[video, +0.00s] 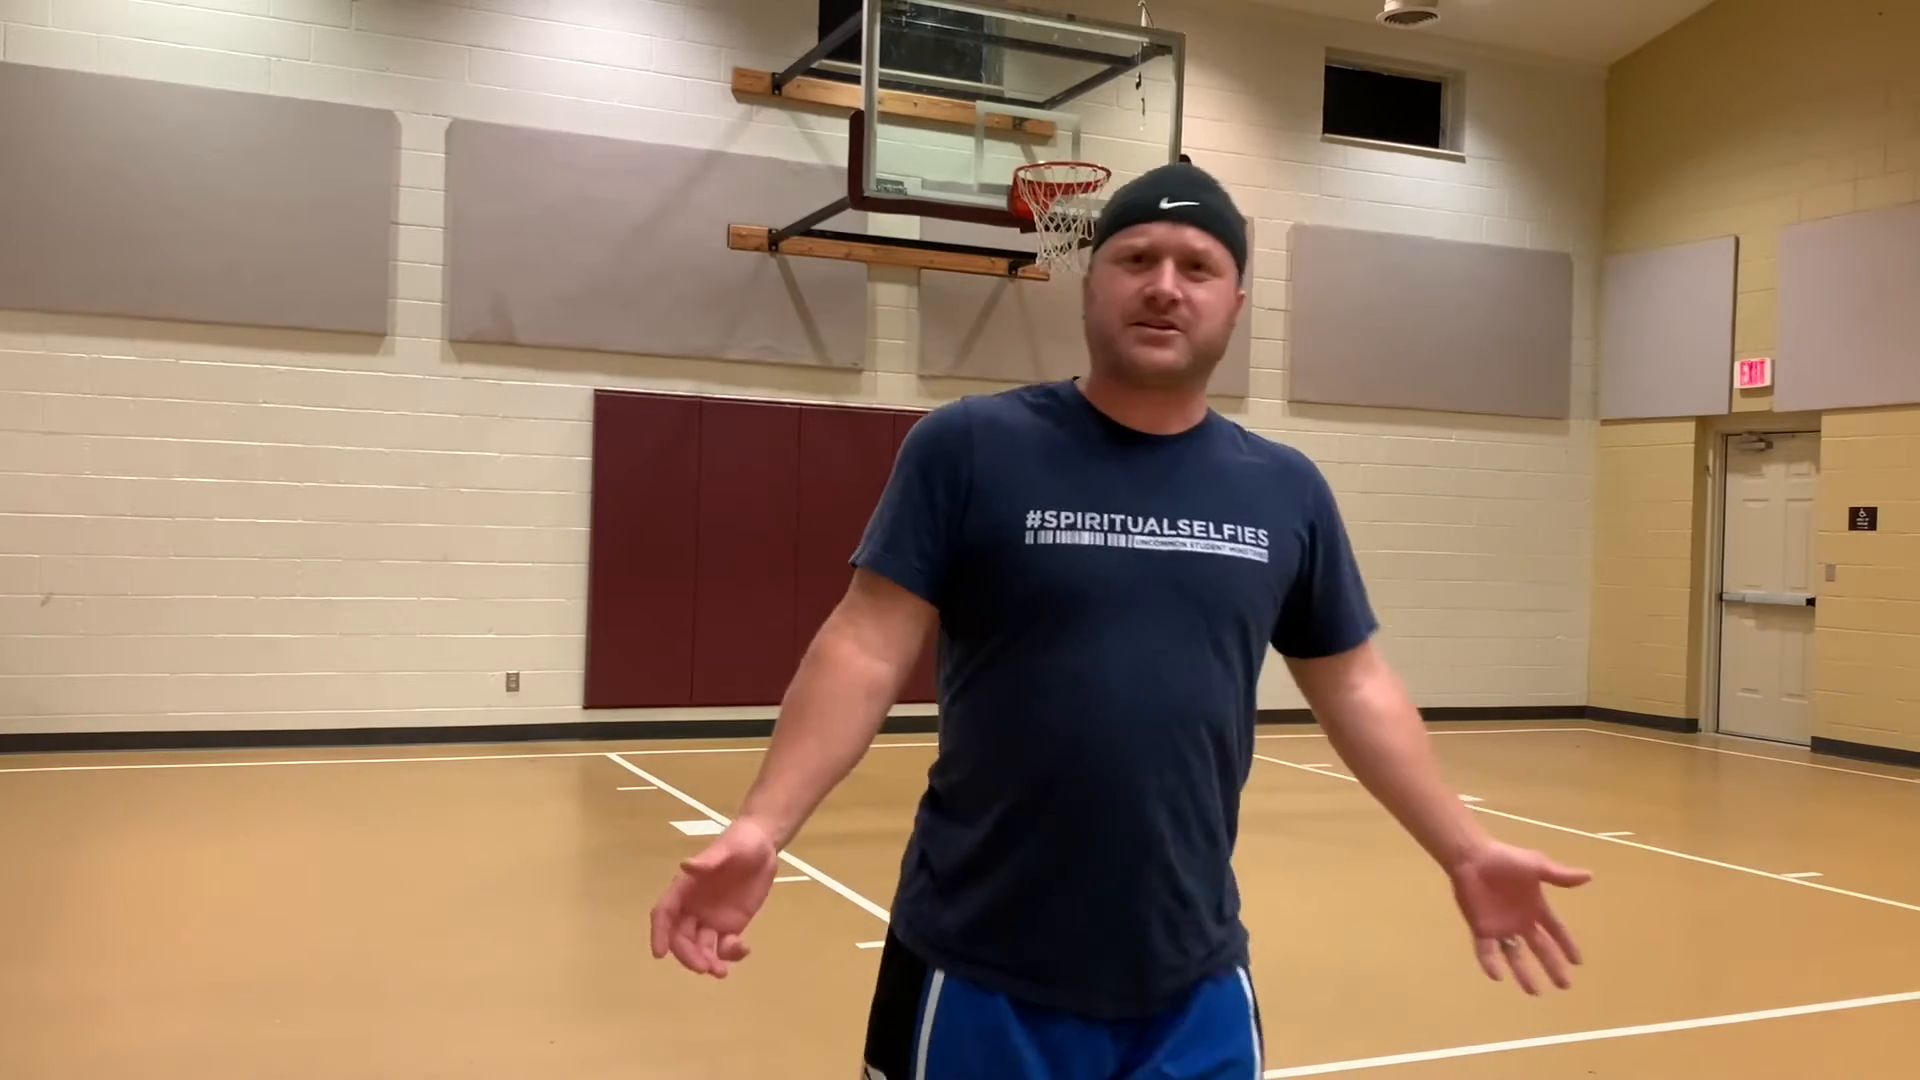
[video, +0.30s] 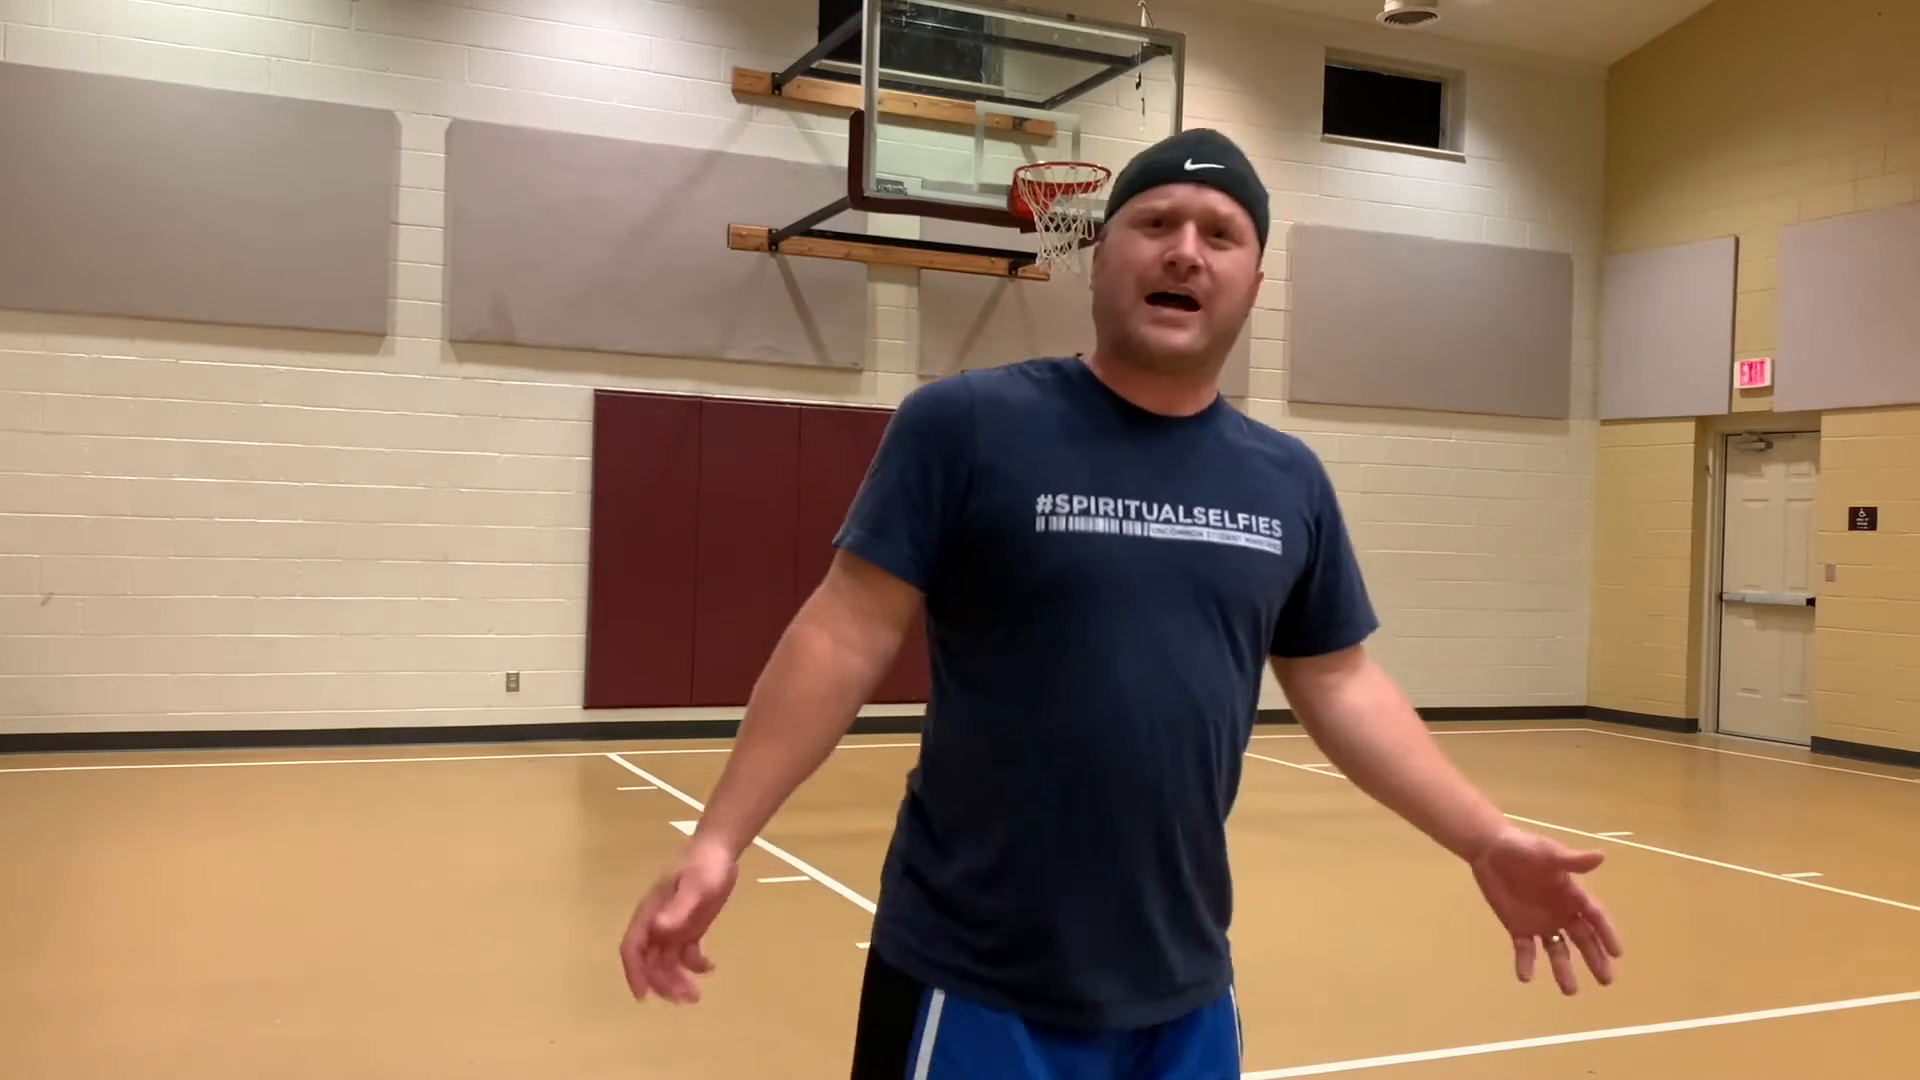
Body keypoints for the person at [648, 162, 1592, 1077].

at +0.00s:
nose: (1164, 283)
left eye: (1196, 266)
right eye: (1138, 259)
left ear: (1237, 307)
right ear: (1086, 286)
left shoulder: (1284, 491)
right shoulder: (964, 451)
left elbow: (1356, 685)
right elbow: (866, 645)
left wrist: (1466, 849)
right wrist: (765, 827)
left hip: (1189, 983)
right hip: (982, 979)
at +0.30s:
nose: (1185, 250)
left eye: (1219, 233)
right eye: (1157, 225)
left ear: (1258, 281)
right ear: (1098, 255)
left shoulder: (1286, 480)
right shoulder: (960, 427)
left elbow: (1343, 682)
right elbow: (845, 632)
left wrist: (1487, 837)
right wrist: (720, 838)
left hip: (1177, 988)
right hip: (974, 983)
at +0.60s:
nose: (1089, 279)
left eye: (1127, 254)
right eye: (1056, 244)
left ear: (1167, 290)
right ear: (995, 265)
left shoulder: (1180, 480)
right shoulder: (862, 464)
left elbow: (1204, 672)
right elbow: (751, 700)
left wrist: (1307, 838)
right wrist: (771, 966)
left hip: (1091, 1013)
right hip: (885, 1024)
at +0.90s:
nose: (1050, 288)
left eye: (1089, 265)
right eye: (1018, 252)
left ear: (1132, 302)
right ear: (958, 273)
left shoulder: (1137, 486)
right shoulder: (813, 489)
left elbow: (1149, 680)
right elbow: (702, 750)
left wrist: (1237, 845)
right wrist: (685, 1032)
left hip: (1020, 1015)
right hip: (822, 1030)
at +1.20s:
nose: (1047, 264)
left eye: (1082, 242)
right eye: (1014, 231)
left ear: (1122, 285)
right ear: (956, 263)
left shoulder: (1130, 476)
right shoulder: (829, 462)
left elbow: (1149, 674)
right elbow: (724, 722)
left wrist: (1249, 834)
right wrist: (676, 995)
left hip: (1036, 1000)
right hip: (838, 1011)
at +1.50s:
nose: (1093, 255)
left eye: (1126, 243)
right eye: (1065, 229)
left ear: (1159, 294)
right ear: (1007, 261)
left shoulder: (1172, 482)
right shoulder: (888, 435)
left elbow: (1208, 669)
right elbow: (794, 654)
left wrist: (1308, 840)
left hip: (1087, 981)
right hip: (901, 983)